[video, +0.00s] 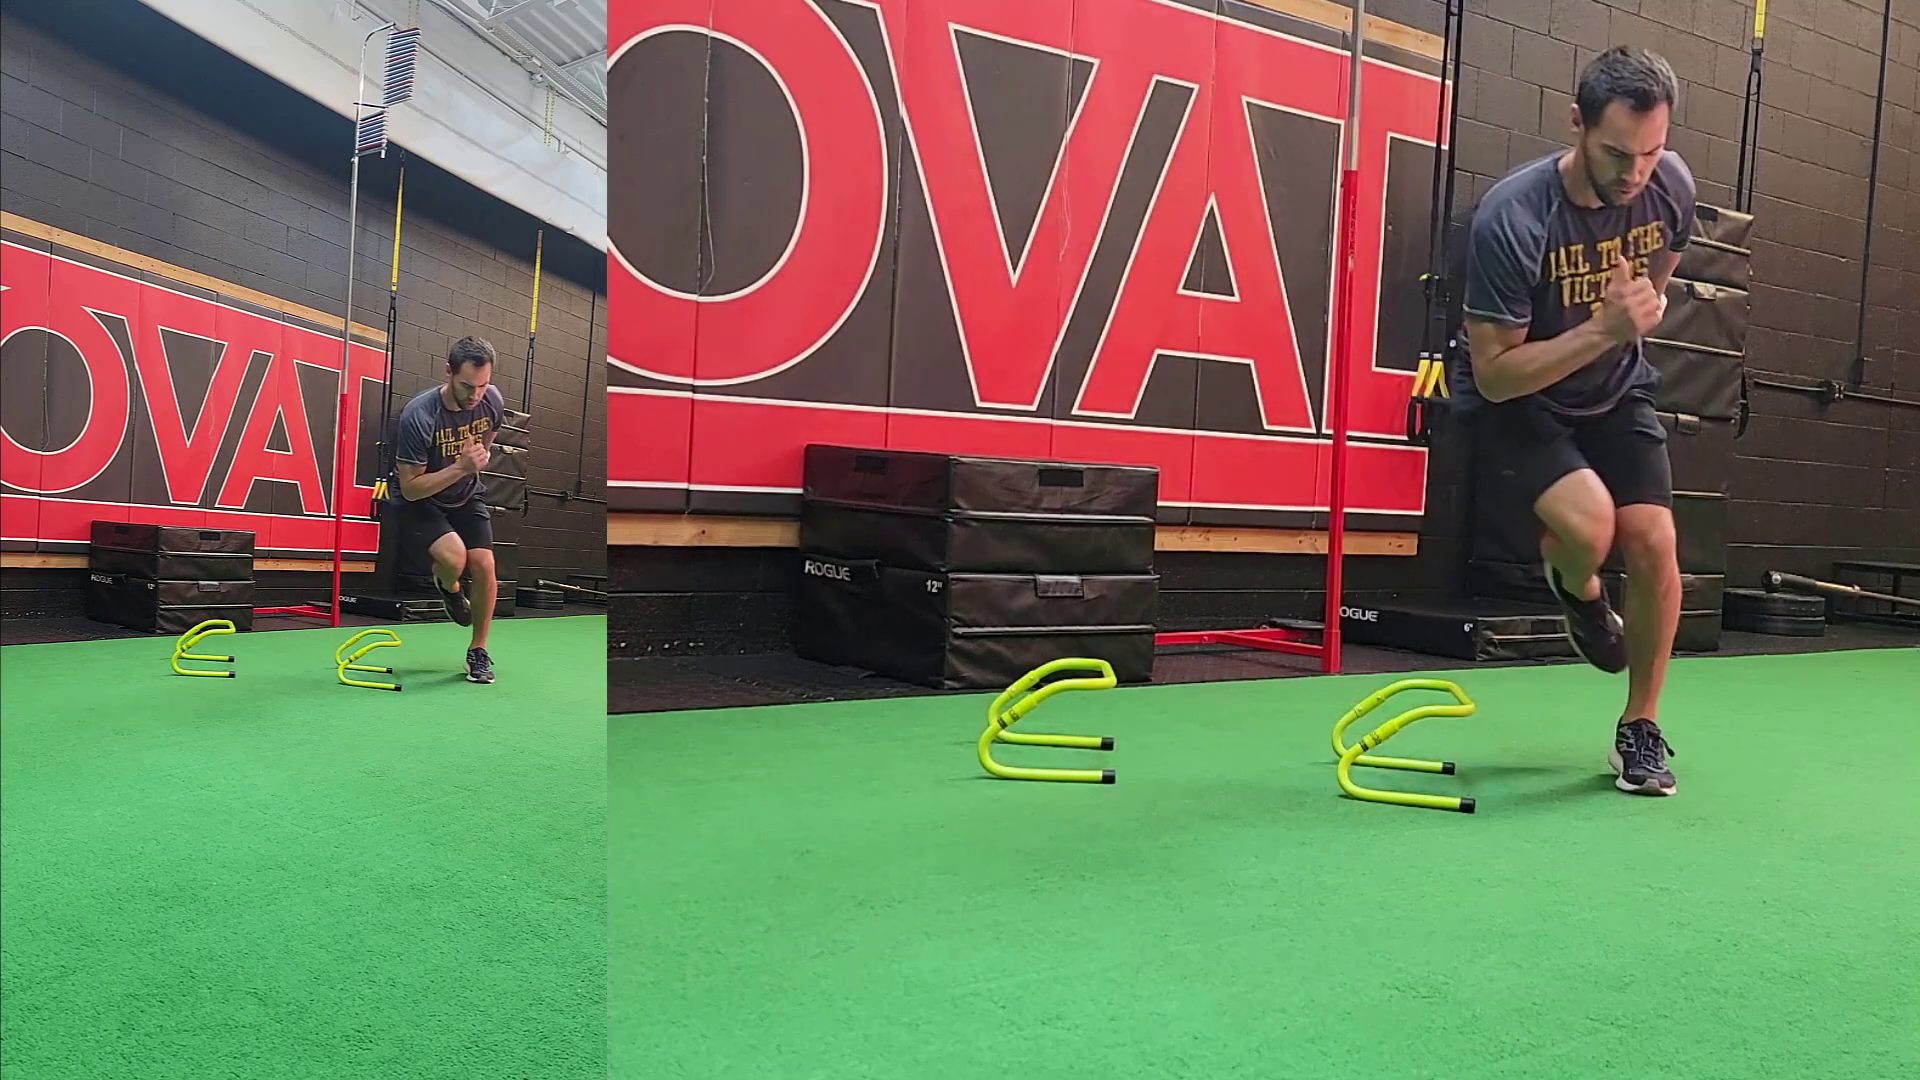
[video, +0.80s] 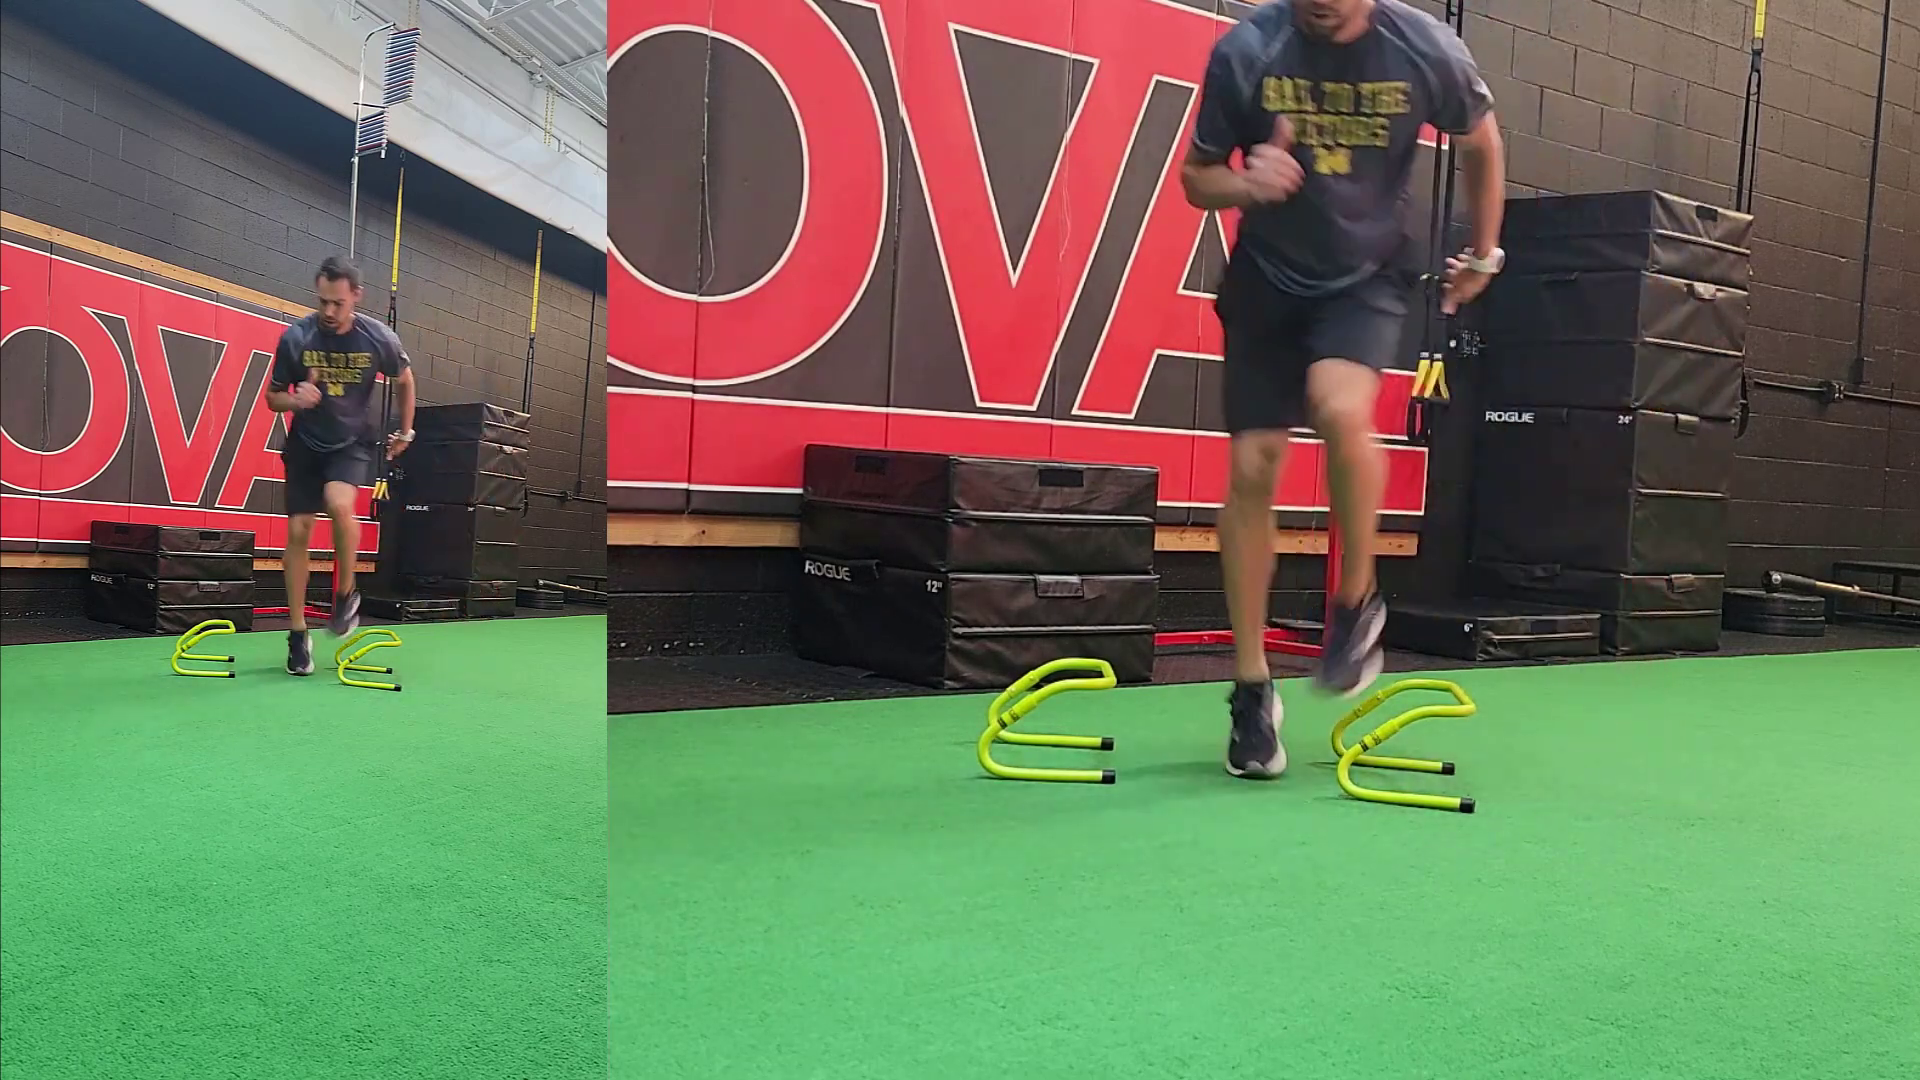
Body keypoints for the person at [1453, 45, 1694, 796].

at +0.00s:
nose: (1631, 174)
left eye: (1648, 155)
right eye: (1615, 154)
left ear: (1664, 136)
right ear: (1577, 125)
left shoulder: (1671, 190)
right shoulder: (1509, 218)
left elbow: (1655, 290)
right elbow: (1495, 376)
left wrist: (1632, 321)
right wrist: (1603, 330)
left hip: (1615, 387)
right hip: (1516, 399)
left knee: (1653, 542)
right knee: (1590, 525)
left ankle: (1640, 726)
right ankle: (1578, 593)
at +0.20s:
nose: (1645, 176)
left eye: (1663, 157)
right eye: (1628, 155)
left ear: (1680, 139)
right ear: (1592, 130)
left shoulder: (1692, 197)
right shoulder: (1524, 220)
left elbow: (1692, 251)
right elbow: (1474, 364)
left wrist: (1674, 297)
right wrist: (1586, 365)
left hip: (1627, 386)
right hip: (1524, 393)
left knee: (1660, 541)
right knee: (1602, 516)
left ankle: (1642, 725)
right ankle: (1595, 586)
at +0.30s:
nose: (1635, 162)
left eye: (1653, 145)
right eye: (1620, 140)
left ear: (1675, 134)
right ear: (1589, 120)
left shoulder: (1685, 212)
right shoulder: (1515, 203)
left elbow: (1694, 306)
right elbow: (1437, 319)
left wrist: (1698, 399)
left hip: (1617, 393)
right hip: (1515, 383)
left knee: (1654, 543)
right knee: (1568, 500)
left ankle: (1641, 727)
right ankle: (1563, 571)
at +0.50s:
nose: (1536, 94)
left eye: (1556, 77)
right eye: (1525, 71)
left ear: (1594, 67)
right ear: (1507, 53)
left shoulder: (1617, 157)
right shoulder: (1440, 144)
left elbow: (1639, 308)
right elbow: (1335, 204)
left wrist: (1603, 283)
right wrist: (1271, 275)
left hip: (1555, 367)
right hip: (1447, 337)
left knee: (1603, 537)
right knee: (1442, 452)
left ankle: (1635, 726)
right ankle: (1358, 588)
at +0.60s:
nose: (1467, 36)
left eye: (1489, 21)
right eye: (1457, 14)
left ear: (1518, 21)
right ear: (1432, 6)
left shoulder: (1546, 92)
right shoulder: (1362, 98)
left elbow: (1577, 208)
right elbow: (1300, 195)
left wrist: (1541, 243)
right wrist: (1264, 303)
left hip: (1492, 324)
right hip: (1380, 317)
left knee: (1549, 499)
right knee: (1349, 484)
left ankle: (1604, 675)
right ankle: (1277, 683)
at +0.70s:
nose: (1388, 20)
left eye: (1407, 5)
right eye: (1375, 5)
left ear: (1436, 7)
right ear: (1354, 4)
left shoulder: (1477, 81)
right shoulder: (1298, 89)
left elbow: (1514, 183)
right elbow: (1255, 214)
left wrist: (1528, 303)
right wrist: (1274, 315)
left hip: (1433, 307)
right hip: (1324, 312)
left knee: (1458, 444)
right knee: (1301, 505)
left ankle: (1456, 534)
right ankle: (1270, 706)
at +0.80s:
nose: (1326, 11)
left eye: (1341, 3)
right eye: (1313, 4)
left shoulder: (1429, 52)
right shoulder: (1245, 51)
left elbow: (1481, 138)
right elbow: (1196, 180)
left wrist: (1485, 252)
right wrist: (1246, 181)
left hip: (1368, 278)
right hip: (1265, 280)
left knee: (1338, 409)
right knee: (1253, 469)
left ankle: (1355, 599)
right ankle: (1251, 684)